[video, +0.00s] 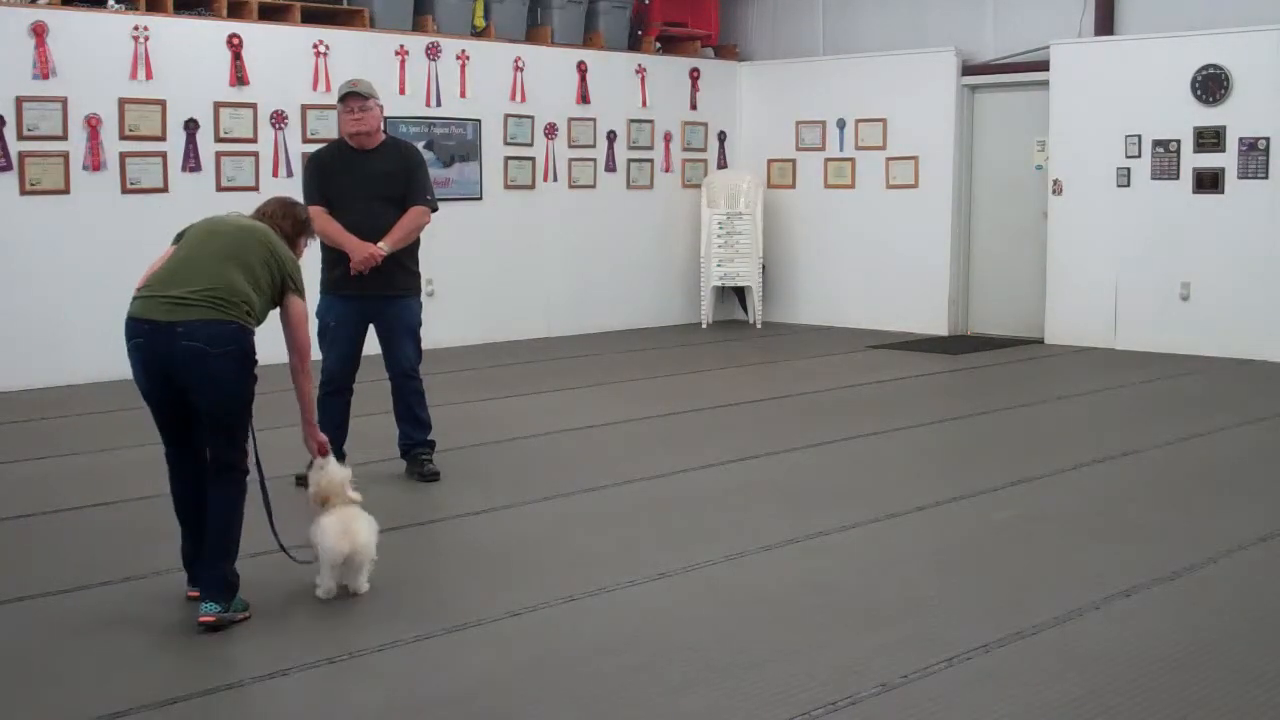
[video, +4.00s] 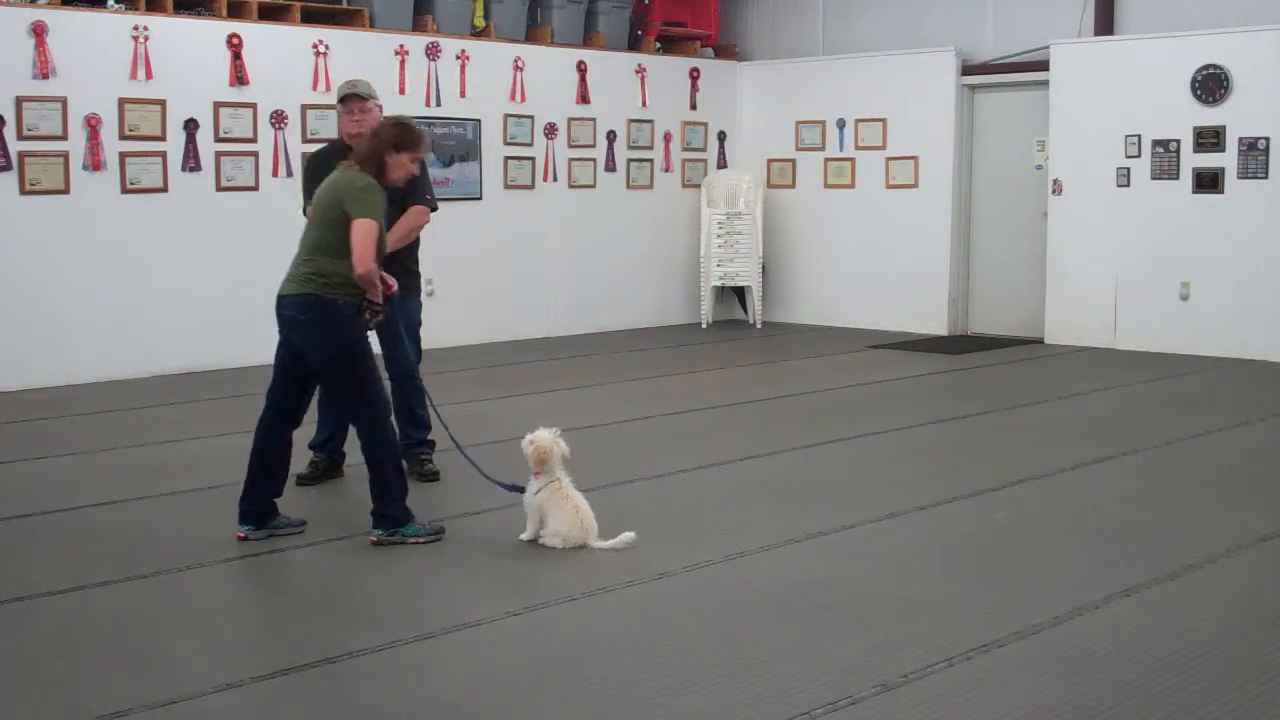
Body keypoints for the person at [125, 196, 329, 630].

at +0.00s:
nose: (301, 255)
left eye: (304, 248)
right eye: (302, 247)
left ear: (260, 219)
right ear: (291, 237)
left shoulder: (202, 227)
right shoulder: (284, 259)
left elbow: (145, 284)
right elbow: (300, 355)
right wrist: (311, 427)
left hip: (146, 335)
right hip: (215, 341)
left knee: (182, 455)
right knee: (228, 464)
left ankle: (200, 576)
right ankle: (216, 596)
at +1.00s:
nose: (340, 176)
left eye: (345, 167)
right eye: (340, 165)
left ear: (297, 151)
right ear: (318, 153)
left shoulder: (250, 176)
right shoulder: (314, 194)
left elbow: (218, 245)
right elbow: (305, 276)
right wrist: (324, 347)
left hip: (220, 312)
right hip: (273, 314)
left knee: (255, 417)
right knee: (293, 424)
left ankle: (219, 512)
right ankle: (286, 537)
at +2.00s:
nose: (341, 149)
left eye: (344, 141)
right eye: (338, 140)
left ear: (306, 133)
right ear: (315, 133)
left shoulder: (276, 169)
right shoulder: (301, 179)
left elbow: (316, 228)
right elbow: (290, 255)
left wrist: (353, 246)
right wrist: (345, 255)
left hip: (274, 299)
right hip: (299, 303)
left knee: (269, 409)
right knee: (313, 412)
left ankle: (256, 513)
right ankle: (315, 519)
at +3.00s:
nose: (336, 144)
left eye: (338, 136)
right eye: (333, 134)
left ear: (302, 131)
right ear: (308, 131)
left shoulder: (276, 170)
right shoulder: (294, 176)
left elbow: (294, 238)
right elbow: (287, 252)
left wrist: (338, 244)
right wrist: (334, 221)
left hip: (274, 298)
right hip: (295, 302)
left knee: (266, 408)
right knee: (310, 411)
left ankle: (256, 515)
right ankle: (316, 519)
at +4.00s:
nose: (414, 173)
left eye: (417, 166)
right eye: (411, 164)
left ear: (384, 153)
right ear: (388, 153)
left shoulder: (340, 181)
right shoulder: (367, 190)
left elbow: (332, 249)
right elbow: (363, 269)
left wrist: (375, 275)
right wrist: (377, 290)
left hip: (297, 306)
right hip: (329, 310)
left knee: (281, 413)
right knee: (373, 412)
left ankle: (256, 515)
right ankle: (391, 518)